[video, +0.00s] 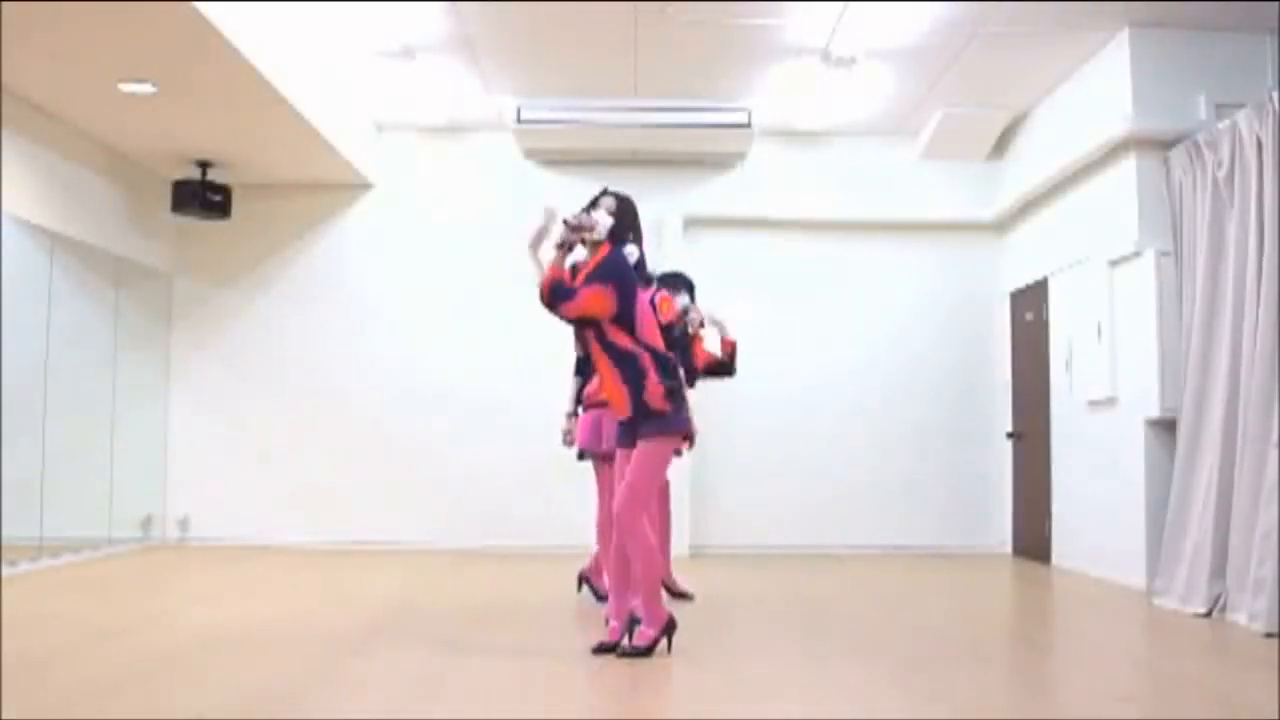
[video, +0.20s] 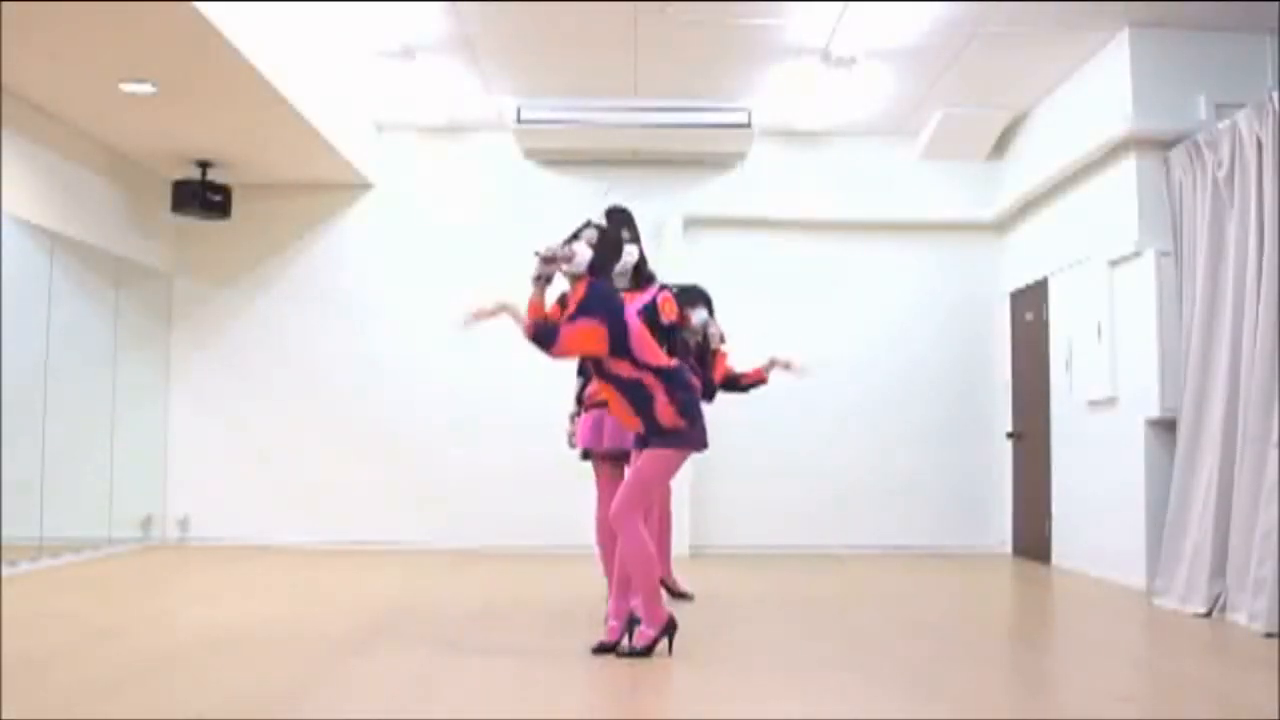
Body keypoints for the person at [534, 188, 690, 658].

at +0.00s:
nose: (582, 221)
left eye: (593, 212)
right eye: (586, 212)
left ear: (610, 221)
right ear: (614, 224)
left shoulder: (616, 267)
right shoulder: (599, 269)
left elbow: (566, 302)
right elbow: (558, 298)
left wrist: (552, 257)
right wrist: (558, 254)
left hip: (660, 412)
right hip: (634, 412)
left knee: (629, 508)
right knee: (620, 511)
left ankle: (653, 616)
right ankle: (622, 616)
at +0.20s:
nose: (567, 250)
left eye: (578, 244)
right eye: (572, 242)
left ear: (591, 256)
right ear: (585, 258)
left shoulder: (601, 301)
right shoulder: (581, 299)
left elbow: (556, 344)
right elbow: (541, 332)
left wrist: (509, 310)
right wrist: (541, 285)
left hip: (673, 422)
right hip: (651, 423)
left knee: (625, 512)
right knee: (621, 515)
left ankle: (655, 616)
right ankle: (627, 613)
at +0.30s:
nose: (557, 274)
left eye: (566, 267)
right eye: (561, 265)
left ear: (579, 276)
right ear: (584, 275)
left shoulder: (594, 317)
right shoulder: (576, 316)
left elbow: (547, 364)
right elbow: (542, 359)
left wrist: (502, 342)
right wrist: (527, 320)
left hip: (682, 430)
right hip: (657, 432)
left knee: (625, 512)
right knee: (618, 517)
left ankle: (656, 618)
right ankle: (624, 618)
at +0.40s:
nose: (560, 279)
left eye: (570, 272)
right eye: (561, 270)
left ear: (586, 282)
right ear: (559, 276)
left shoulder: (596, 322)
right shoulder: (577, 325)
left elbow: (561, 383)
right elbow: (559, 378)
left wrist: (513, 357)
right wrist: (522, 356)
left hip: (683, 431)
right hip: (656, 432)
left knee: (625, 512)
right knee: (613, 518)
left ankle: (655, 617)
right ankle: (622, 616)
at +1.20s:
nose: (554, 288)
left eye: (565, 282)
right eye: (554, 279)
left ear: (582, 289)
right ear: (553, 280)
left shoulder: (593, 329)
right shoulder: (584, 329)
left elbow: (557, 388)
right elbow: (562, 385)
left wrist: (510, 354)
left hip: (683, 429)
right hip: (666, 429)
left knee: (624, 512)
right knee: (619, 519)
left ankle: (656, 616)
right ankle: (623, 616)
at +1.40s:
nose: (578, 259)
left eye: (589, 251)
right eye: (576, 249)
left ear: (608, 258)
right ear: (572, 252)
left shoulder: (612, 296)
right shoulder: (591, 300)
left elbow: (620, 369)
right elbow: (581, 354)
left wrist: (579, 403)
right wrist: (570, 387)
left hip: (670, 419)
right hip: (646, 418)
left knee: (622, 511)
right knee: (617, 517)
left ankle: (655, 615)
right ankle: (620, 612)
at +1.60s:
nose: (618, 229)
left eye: (626, 221)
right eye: (608, 221)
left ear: (636, 224)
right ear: (593, 227)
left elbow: (706, 272)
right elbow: (601, 324)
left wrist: (732, 293)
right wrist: (621, 275)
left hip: (663, 401)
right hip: (611, 403)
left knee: (648, 501)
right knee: (610, 506)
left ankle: (654, 615)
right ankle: (619, 613)